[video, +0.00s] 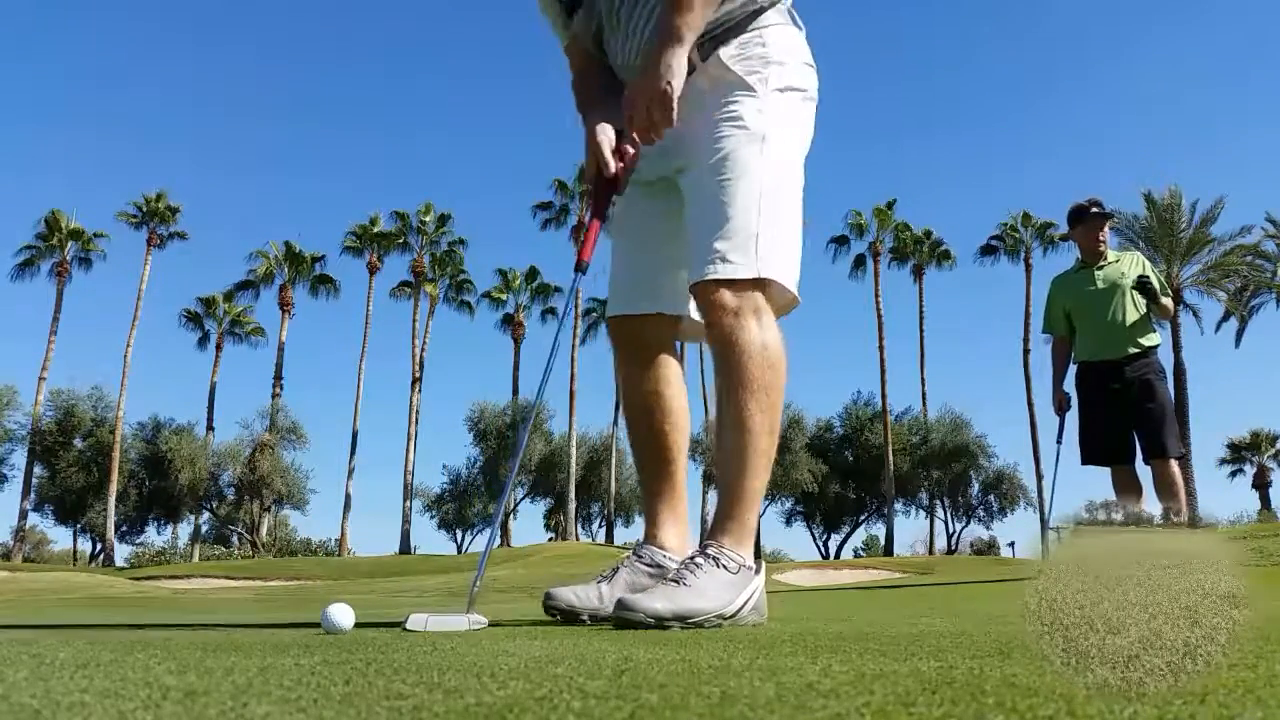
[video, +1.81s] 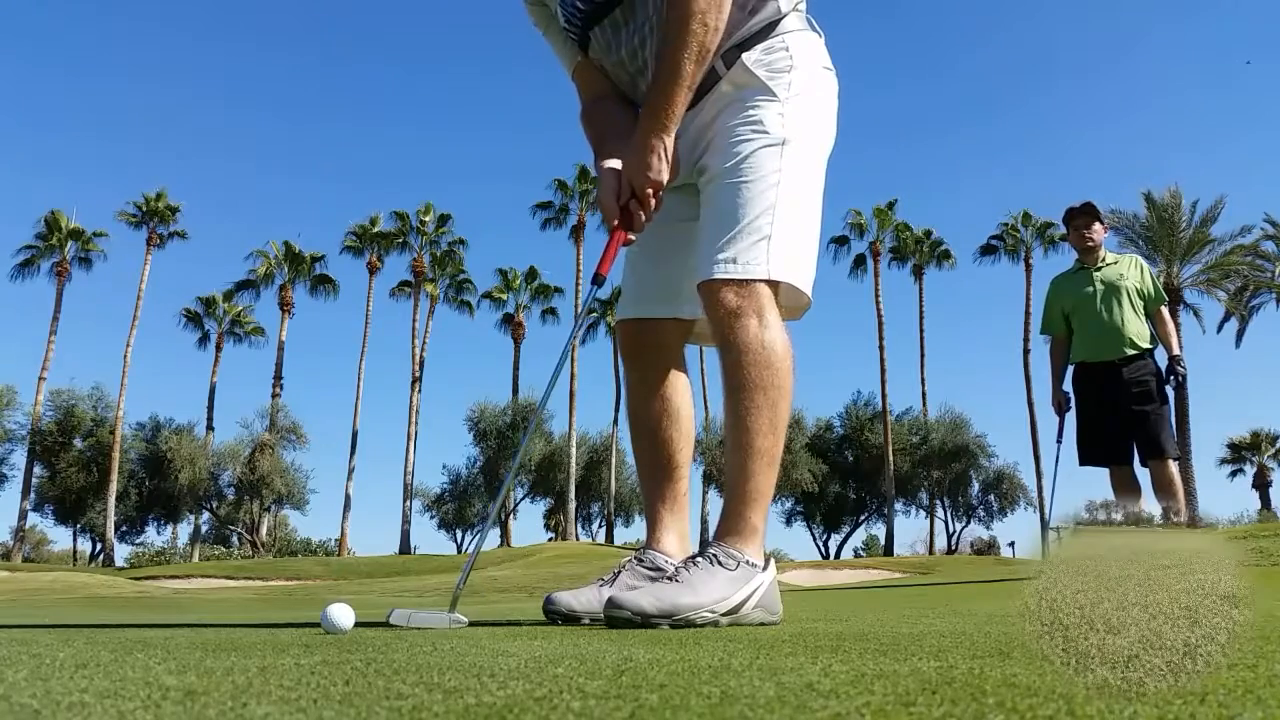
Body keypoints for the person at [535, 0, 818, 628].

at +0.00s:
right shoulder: (564, 7)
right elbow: (586, 61)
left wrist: (671, 41)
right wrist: (599, 120)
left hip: (738, 45)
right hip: (636, 85)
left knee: (732, 294)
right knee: (636, 321)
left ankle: (733, 561)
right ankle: (665, 554)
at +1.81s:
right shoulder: (545, 6)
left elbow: (706, 5)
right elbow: (597, 91)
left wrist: (655, 130)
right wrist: (612, 162)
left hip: (758, 58)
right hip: (659, 107)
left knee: (737, 288)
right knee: (644, 326)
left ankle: (742, 561)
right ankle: (666, 558)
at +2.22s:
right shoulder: (548, 6)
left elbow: (710, 6)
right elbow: (600, 92)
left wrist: (657, 128)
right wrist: (615, 161)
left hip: (759, 55)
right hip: (662, 106)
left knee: (738, 287)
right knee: (643, 325)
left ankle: (742, 560)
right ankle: (666, 559)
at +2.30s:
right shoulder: (546, 6)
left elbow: (714, 3)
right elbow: (600, 89)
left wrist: (666, 114)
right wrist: (620, 149)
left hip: (761, 57)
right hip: (664, 106)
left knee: (739, 288)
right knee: (642, 326)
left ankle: (742, 561)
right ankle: (666, 559)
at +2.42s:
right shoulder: (542, 5)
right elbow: (600, 86)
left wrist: (677, 92)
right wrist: (627, 138)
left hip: (764, 54)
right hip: (672, 103)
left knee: (741, 287)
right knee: (642, 323)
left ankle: (742, 562)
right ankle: (667, 559)